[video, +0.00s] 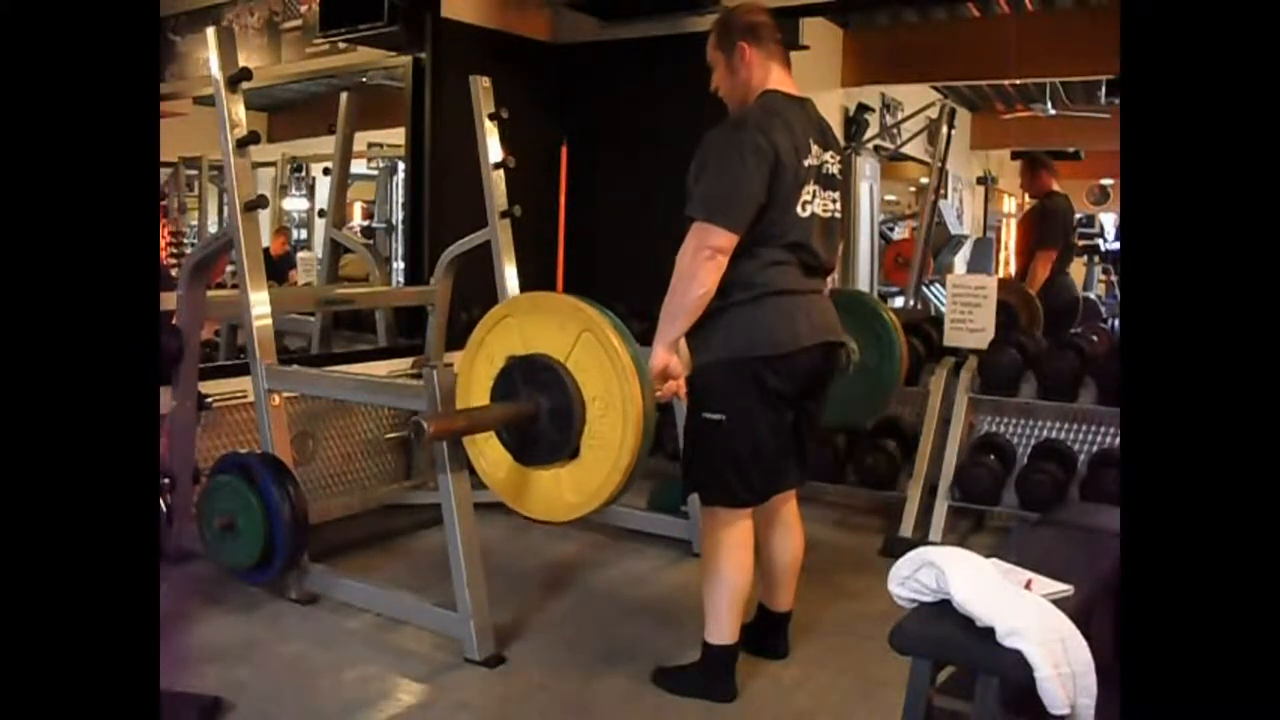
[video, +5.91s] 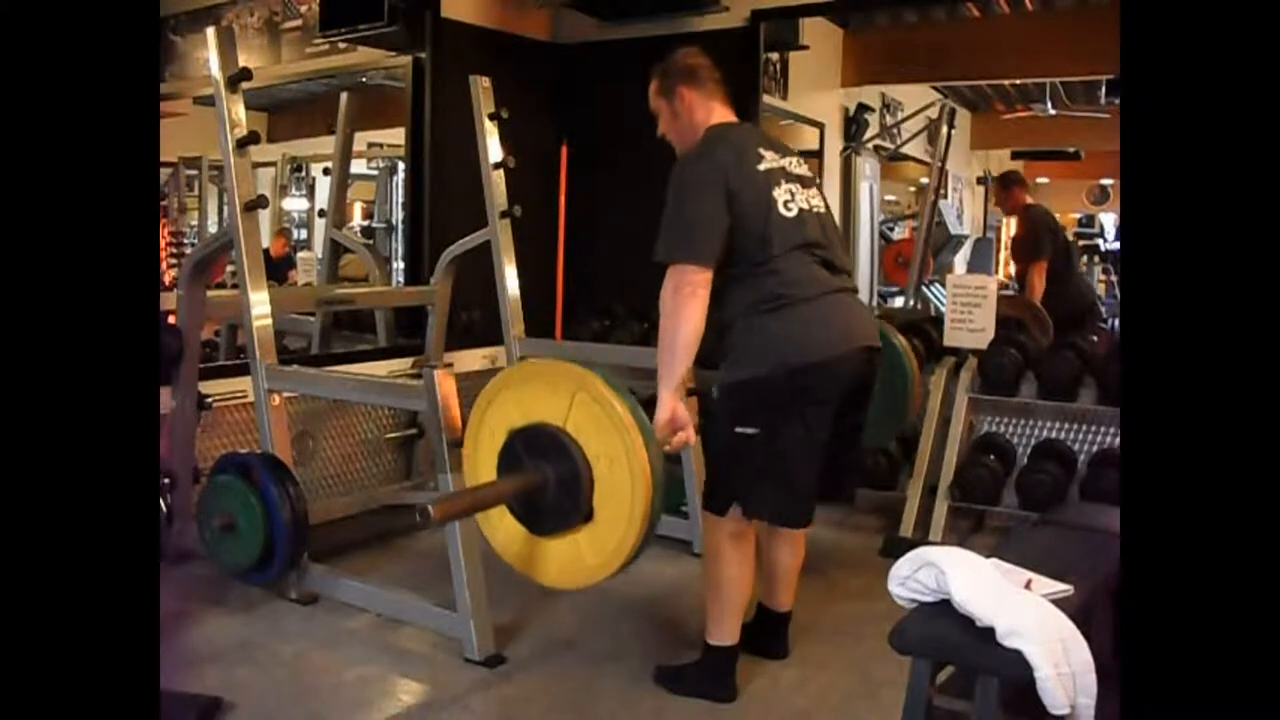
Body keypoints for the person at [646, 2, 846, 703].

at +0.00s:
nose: (715, 84)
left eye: (716, 68)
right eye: (713, 70)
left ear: (744, 55)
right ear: (774, 55)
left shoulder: (746, 130)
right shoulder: (819, 129)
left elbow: (710, 247)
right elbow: (824, 253)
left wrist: (664, 342)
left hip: (745, 342)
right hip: (809, 338)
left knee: (726, 504)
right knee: (777, 490)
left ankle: (715, 668)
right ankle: (772, 631)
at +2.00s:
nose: (672, 110)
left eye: (672, 93)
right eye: (669, 95)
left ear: (699, 82)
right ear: (731, 81)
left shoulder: (711, 146)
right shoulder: (787, 139)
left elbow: (692, 265)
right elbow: (805, 248)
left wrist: (668, 372)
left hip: (770, 349)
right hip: (838, 339)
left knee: (732, 506)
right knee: (789, 496)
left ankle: (716, 667)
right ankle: (774, 631)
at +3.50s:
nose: (634, 212)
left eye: (632, 195)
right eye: (630, 198)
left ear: (657, 182)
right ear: (688, 178)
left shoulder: (681, 233)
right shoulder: (747, 213)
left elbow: (668, 352)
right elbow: (801, 297)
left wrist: (649, 465)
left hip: (811, 367)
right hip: (885, 351)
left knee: (736, 505)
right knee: (797, 505)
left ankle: (716, 668)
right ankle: (772, 631)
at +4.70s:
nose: (671, 111)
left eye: (673, 96)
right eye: (671, 97)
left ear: (696, 90)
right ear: (733, 91)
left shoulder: (703, 157)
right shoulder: (779, 155)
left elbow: (679, 271)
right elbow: (815, 255)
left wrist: (661, 383)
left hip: (775, 357)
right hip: (844, 346)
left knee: (736, 502)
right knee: (797, 497)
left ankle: (717, 665)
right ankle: (775, 630)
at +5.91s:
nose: (662, 133)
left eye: (660, 116)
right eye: (658, 119)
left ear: (685, 99)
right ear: (720, 97)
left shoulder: (706, 160)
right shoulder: (783, 156)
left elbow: (689, 280)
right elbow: (814, 261)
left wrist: (669, 391)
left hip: (773, 356)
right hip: (844, 347)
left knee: (729, 511)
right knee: (789, 498)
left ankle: (716, 666)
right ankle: (773, 629)